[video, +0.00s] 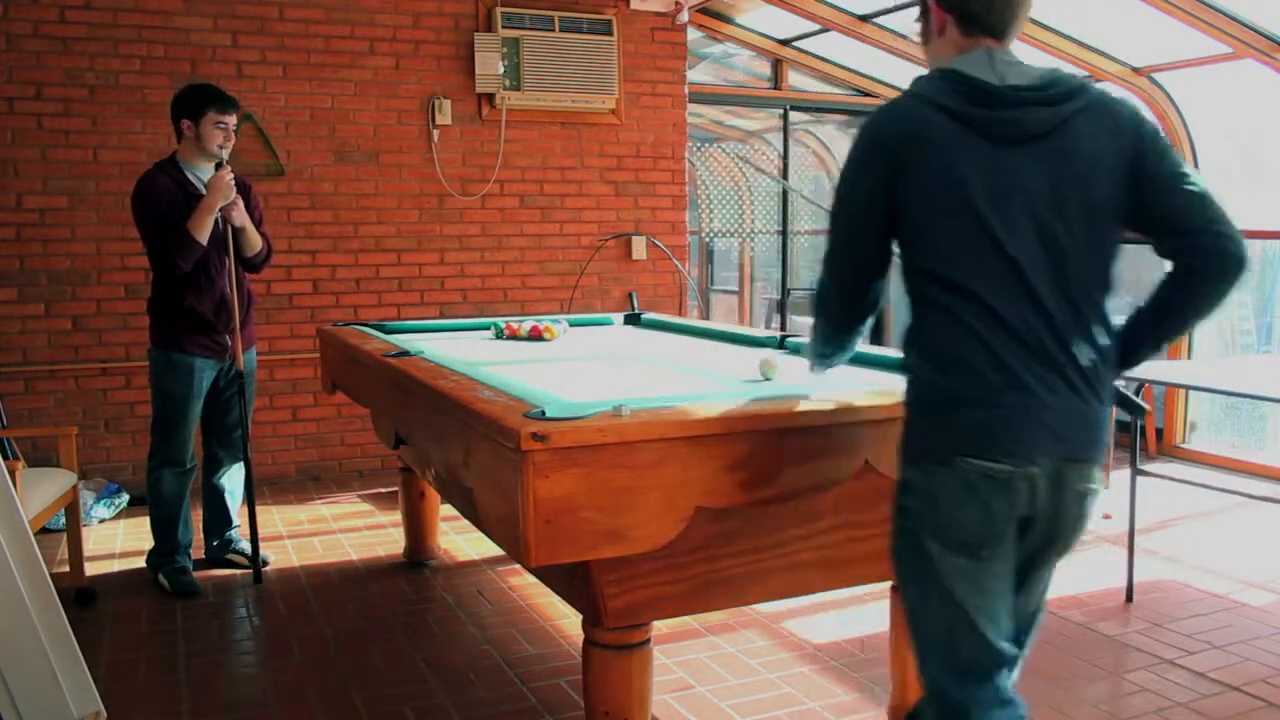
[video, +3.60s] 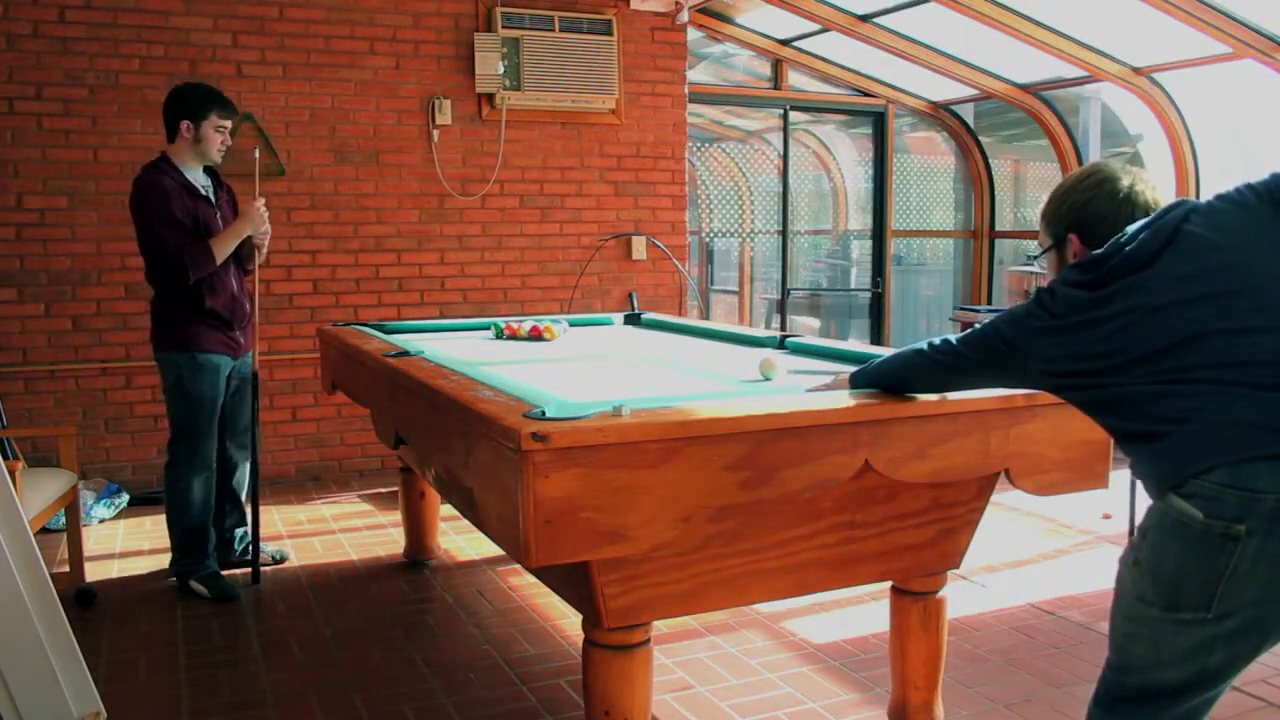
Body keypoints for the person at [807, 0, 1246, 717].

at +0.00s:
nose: (920, 41)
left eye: (919, 24)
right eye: (919, 26)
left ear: (936, 19)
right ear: (1013, 25)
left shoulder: (898, 127)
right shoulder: (1110, 120)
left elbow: (849, 288)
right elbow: (1217, 254)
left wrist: (826, 348)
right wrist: (1115, 354)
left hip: (962, 439)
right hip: (1076, 441)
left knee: (974, 686)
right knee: (981, 673)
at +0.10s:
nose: (940, 35)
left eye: (940, 20)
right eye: (939, 21)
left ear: (957, 16)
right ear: (1038, 25)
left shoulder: (922, 130)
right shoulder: (1144, 117)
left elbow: (862, 316)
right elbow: (1250, 258)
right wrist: (1147, 354)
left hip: (998, 453)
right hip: (1115, 459)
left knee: (999, 698)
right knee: (1009, 689)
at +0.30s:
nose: (988, 26)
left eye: (987, 14)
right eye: (988, 16)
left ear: (1009, 6)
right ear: (1087, 7)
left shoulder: (971, 116)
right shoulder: (1210, 95)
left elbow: (902, 305)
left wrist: (900, 281)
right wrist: (1215, 335)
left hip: (1053, 450)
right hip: (1184, 450)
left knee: (1035, 696)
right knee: (1116, 664)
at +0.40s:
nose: (1012, 16)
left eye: (1013, 5)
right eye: (1011, 7)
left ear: (1039, 3)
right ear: (1113, 4)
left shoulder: (994, 111)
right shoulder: (1243, 87)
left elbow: (914, 305)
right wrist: (1253, 329)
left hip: (1065, 444)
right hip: (1208, 449)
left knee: (1046, 699)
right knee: (1177, 680)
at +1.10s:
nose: (1040, 133)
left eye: (1040, 115)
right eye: (1038, 115)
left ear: (1066, 111)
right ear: (1156, 92)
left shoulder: (1043, 210)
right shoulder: (1260, 120)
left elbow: (934, 305)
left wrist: (859, 366)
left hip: (1167, 478)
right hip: (1272, 470)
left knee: (1109, 706)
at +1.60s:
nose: (1039, 242)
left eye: (1039, 228)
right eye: (1036, 230)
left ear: (1066, 224)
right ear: (1143, 192)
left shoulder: (1050, 305)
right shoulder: (1246, 201)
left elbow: (937, 355)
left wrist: (861, 379)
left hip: (1242, 510)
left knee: (1122, 701)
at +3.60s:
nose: (1049, 268)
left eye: (1050, 252)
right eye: (1046, 254)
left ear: (1077, 247)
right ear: (1151, 216)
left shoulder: (1057, 318)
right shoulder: (1249, 211)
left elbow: (941, 360)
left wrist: (862, 376)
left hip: (1239, 503)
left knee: (1137, 705)